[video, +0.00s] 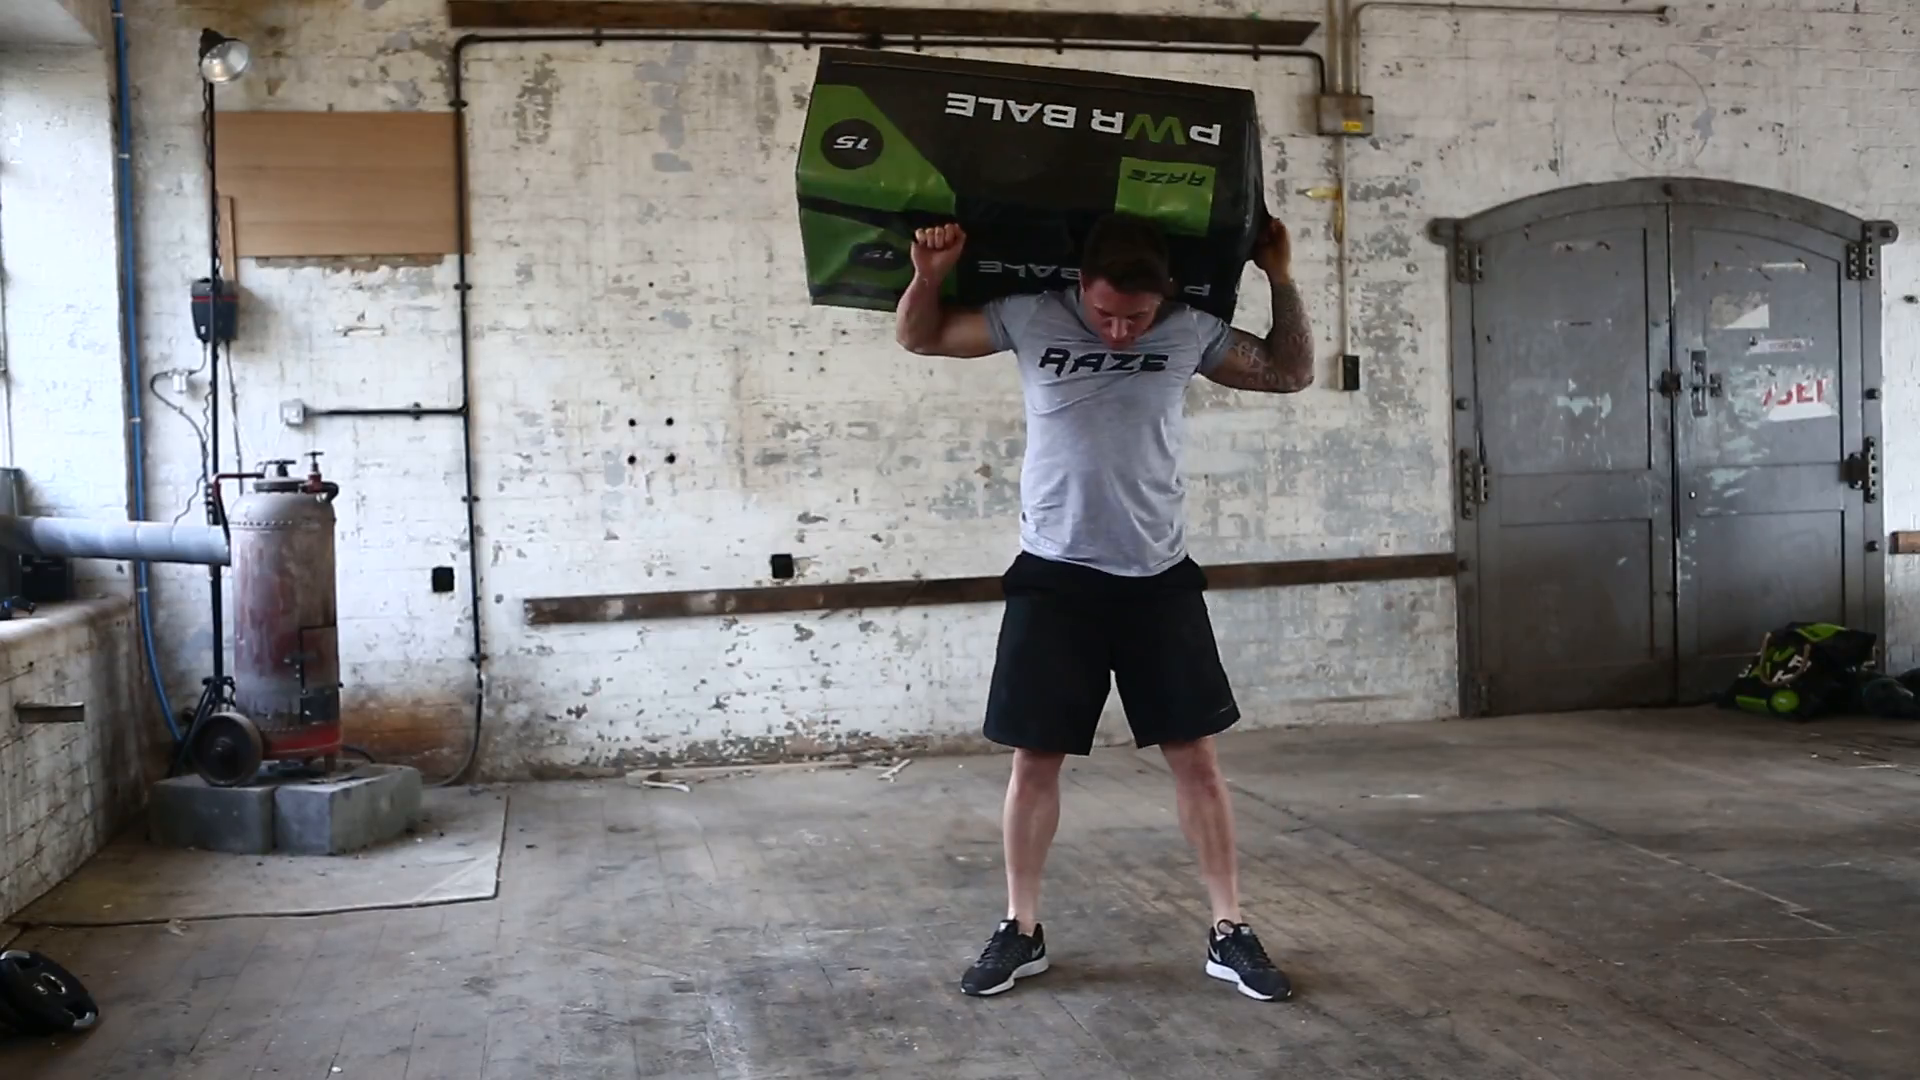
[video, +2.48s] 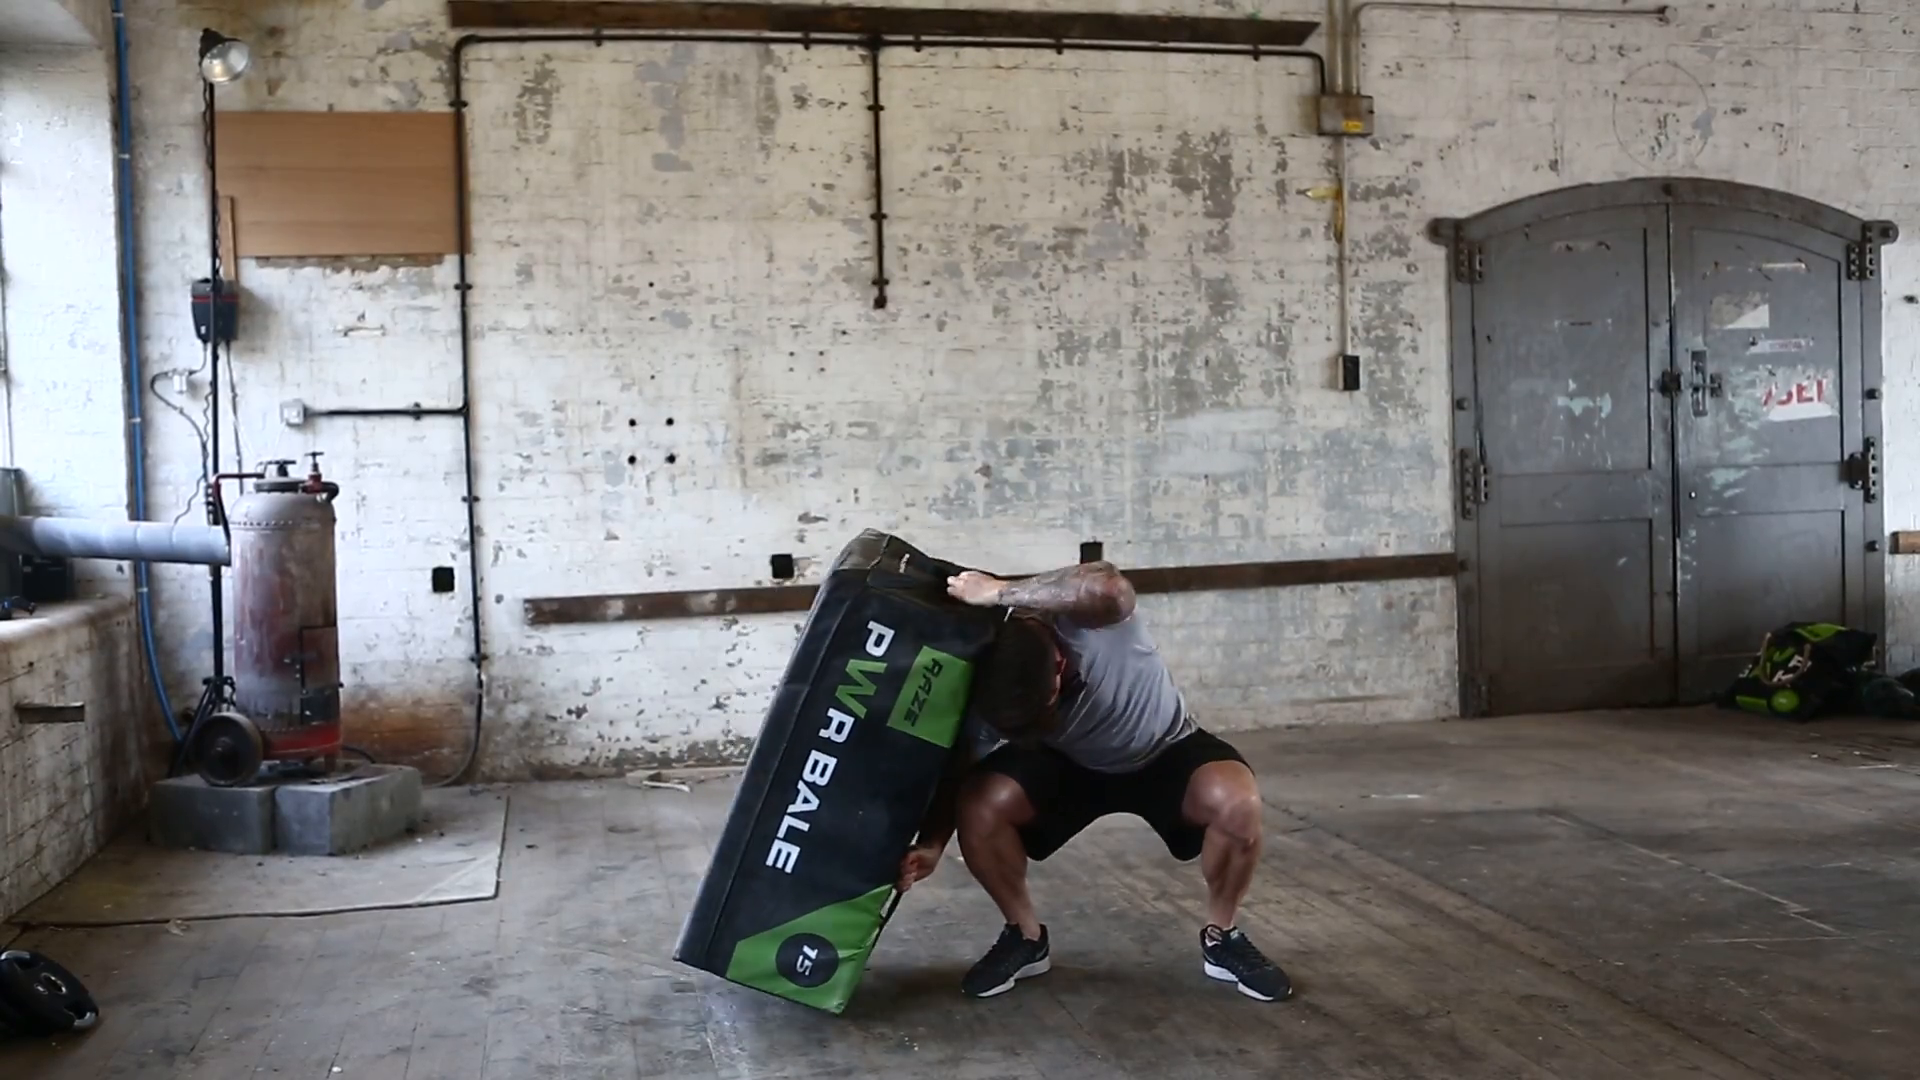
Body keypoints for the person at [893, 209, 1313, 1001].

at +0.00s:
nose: (1122, 329)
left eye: (1139, 316)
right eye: (1109, 313)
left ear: (1163, 295)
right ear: (1082, 285)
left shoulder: (1187, 331)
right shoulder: (1033, 318)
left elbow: (1290, 368)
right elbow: (921, 332)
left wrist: (1280, 273)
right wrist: (928, 272)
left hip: (1159, 582)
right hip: (1056, 581)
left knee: (1194, 756)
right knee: (1035, 760)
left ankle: (1229, 930)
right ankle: (1020, 928)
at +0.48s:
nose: (1126, 292)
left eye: (1142, 276)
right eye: (1111, 275)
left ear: (1165, 269)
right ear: (1085, 265)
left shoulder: (1194, 328)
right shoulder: (1038, 322)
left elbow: (1308, 365)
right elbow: (926, 345)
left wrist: (1281, 260)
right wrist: (929, 270)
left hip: (1167, 583)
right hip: (1061, 582)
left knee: (1199, 759)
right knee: (1039, 764)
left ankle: (1230, 930)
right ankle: (1020, 927)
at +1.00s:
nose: (1054, 340)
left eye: (1068, 327)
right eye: (1041, 325)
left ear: (1107, 301)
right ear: (1027, 305)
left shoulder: (1153, 314)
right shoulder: (1009, 376)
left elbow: (1205, 211)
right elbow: (918, 466)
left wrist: (1093, 189)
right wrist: (889, 412)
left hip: (1182, 580)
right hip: (1074, 588)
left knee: (1225, 760)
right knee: (1033, 764)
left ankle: (1230, 930)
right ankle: (1022, 928)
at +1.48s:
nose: (932, 658)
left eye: (933, 641)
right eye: (919, 650)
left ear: (963, 604)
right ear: (916, 650)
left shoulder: (1035, 570)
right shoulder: (956, 668)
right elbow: (949, 770)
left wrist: (844, 580)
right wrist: (917, 876)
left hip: (1165, 706)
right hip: (1068, 720)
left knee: (1226, 808)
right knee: (981, 797)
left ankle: (1223, 939)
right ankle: (1023, 936)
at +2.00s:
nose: (996, 740)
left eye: (1001, 724)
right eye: (982, 736)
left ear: (1015, 678)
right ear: (947, 714)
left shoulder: (1054, 607)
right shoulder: (955, 721)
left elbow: (1001, 615)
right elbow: (932, 793)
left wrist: (923, 606)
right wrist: (910, 869)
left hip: (1156, 736)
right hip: (1059, 753)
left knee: (1221, 808)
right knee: (969, 813)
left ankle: (1219, 936)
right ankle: (1025, 935)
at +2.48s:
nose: (1038, 728)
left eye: (1042, 714)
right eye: (1022, 727)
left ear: (1059, 667)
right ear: (986, 696)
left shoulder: (1090, 618)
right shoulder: (980, 698)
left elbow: (1111, 588)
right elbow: (957, 770)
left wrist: (1001, 591)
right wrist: (931, 845)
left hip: (1164, 750)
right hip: (1069, 763)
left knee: (1237, 803)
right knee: (978, 809)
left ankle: (1221, 936)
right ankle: (1025, 935)